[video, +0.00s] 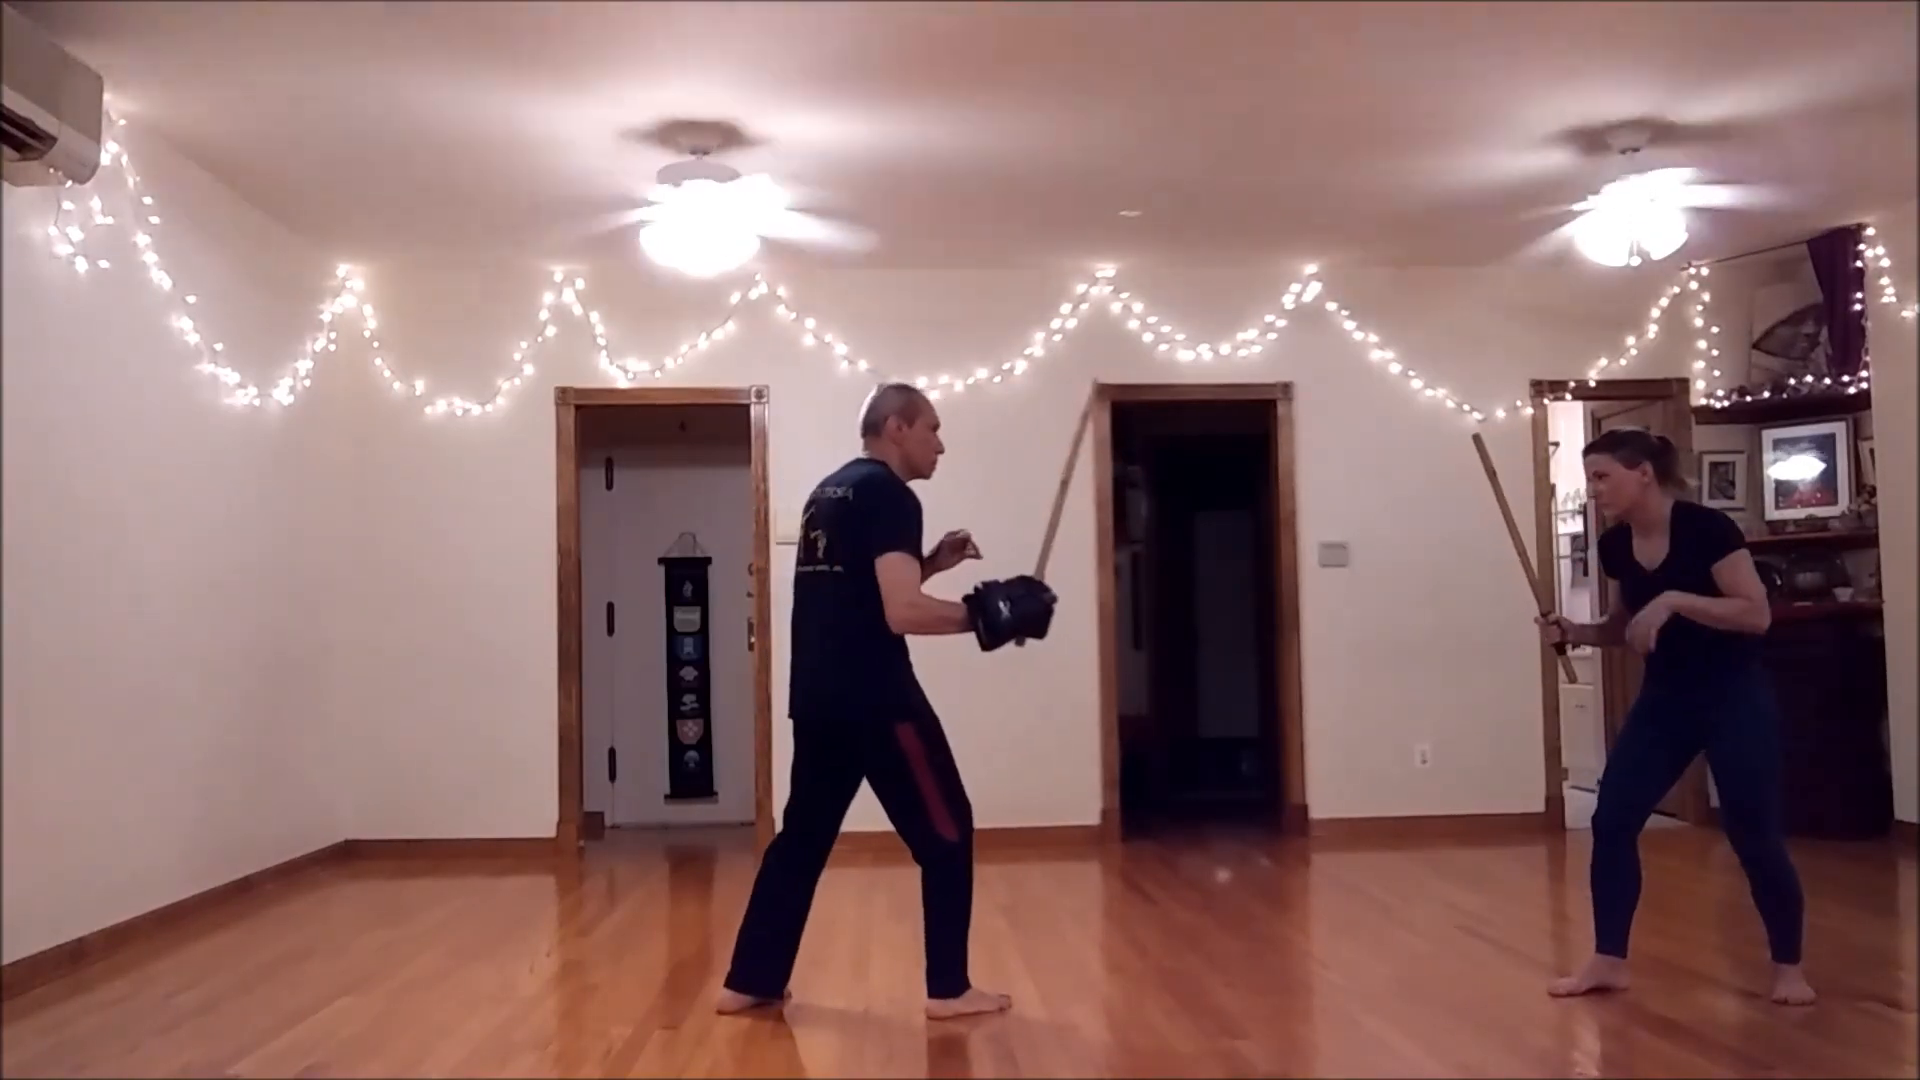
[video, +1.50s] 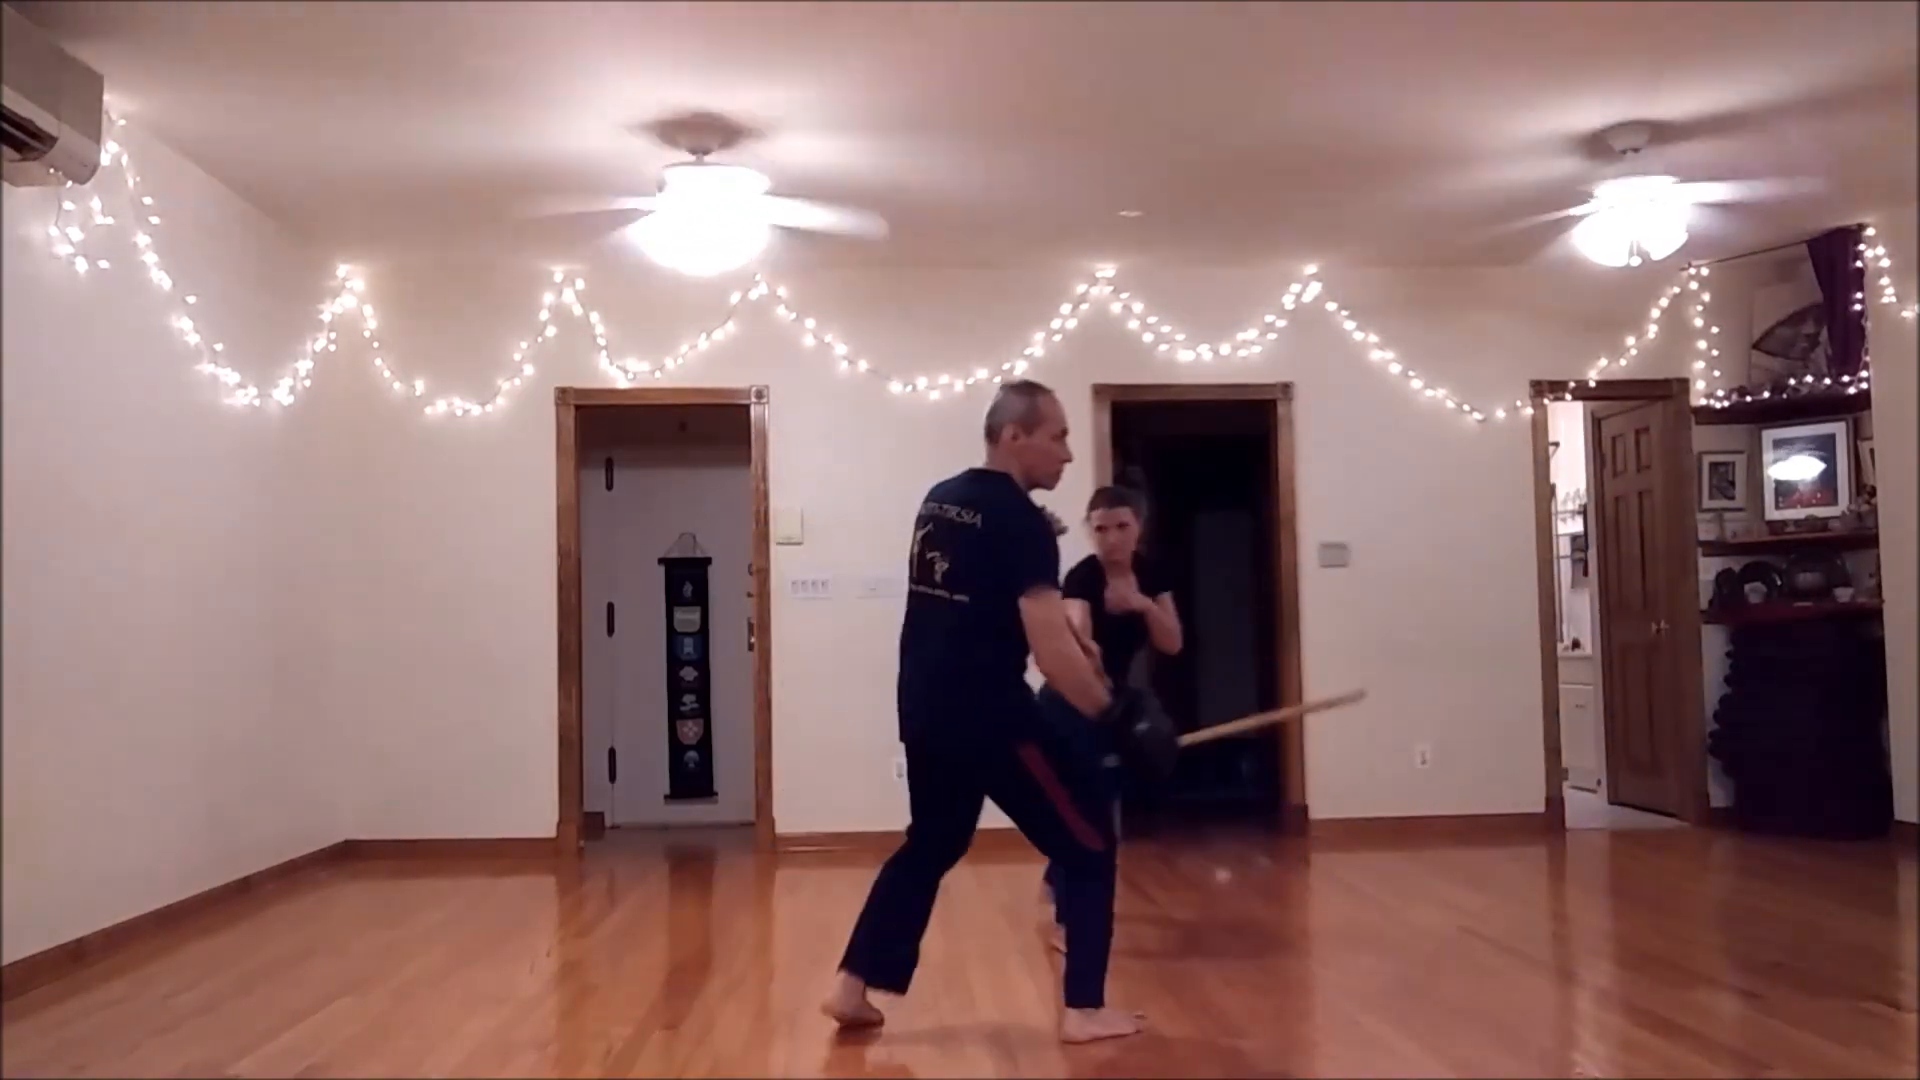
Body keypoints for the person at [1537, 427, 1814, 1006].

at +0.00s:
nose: (1593, 491)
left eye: (1601, 477)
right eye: (1589, 480)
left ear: (1641, 474)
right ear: (1628, 480)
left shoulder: (1708, 528)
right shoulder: (1615, 546)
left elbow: (1756, 613)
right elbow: (1629, 625)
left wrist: (1673, 601)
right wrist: (1575, 632)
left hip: (1734, 700)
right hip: (1666, 701)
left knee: (1754, 833)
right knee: (1612, 822)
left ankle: (1789, 968)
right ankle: (1609, 960)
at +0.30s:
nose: (1567, 505)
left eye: (1575, 492)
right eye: (1563, 495)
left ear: (1616, 489)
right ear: (1608, 495)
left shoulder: (1684, 548)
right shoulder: (1582, 563)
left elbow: (1745, 627)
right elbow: (1579, 647)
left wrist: (1666, 644)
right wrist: (1528, 642)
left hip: (1699, 717)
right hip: (1627, 718)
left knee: (1736, 843)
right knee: (1547, 818)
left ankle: (1788, 960)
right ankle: (1569, 956)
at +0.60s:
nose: (1382, 515)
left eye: (1393, 502)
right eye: (1380, 504)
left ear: (1432, 504)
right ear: (1397, 515)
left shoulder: (1490, 555)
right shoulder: (1390, 585)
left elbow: (1557, 625)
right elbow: (1324, 652)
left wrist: (1482, 637)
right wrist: (1253, 653)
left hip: (1535, 725)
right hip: (1466, 734)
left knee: (1600, 843)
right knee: (1397, 830)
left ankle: (1695, 936)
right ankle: (1396, 974)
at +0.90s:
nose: (1263, 527)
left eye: (1272, 514)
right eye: (1258, 517)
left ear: (1309, 513)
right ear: (1265, 523)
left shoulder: (1360, 566)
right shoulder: (1274, 584)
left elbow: (1437, 618)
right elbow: (1225, 650)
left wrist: (1394, 660)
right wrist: (1176, 606)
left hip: (1364, 733)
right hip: (1307, 735)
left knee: (1365, 851)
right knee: (1209, 803)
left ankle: (1442, 984)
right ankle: (1175, 925)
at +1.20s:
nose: (1134, 523)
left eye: (1145, 512)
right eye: (1127, 513)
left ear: (1176, 514)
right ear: (1121, 518)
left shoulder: (1206, 572)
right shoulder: (1118, 571)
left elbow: (1238, 638)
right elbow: (1074, 626)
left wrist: (1220, 623)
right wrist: (1117, 590)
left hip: (1193, 716)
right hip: (1135, 718)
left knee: (1244, 795)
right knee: (1117, 827)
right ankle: (1081, 925)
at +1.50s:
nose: (1112, 537)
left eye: (1121, 527)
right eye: (1102, 528)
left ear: (1138, 531)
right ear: (1091, 532)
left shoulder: (1152, 574)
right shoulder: (1083, 576)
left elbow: (1172, 642)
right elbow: (1079, 638)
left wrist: (1146, 606)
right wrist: (1107, 690)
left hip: (1117, 700)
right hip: (1070, 699)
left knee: (1101, 798)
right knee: (1080, 797)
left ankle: (1079, 891)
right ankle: (1063, 888)